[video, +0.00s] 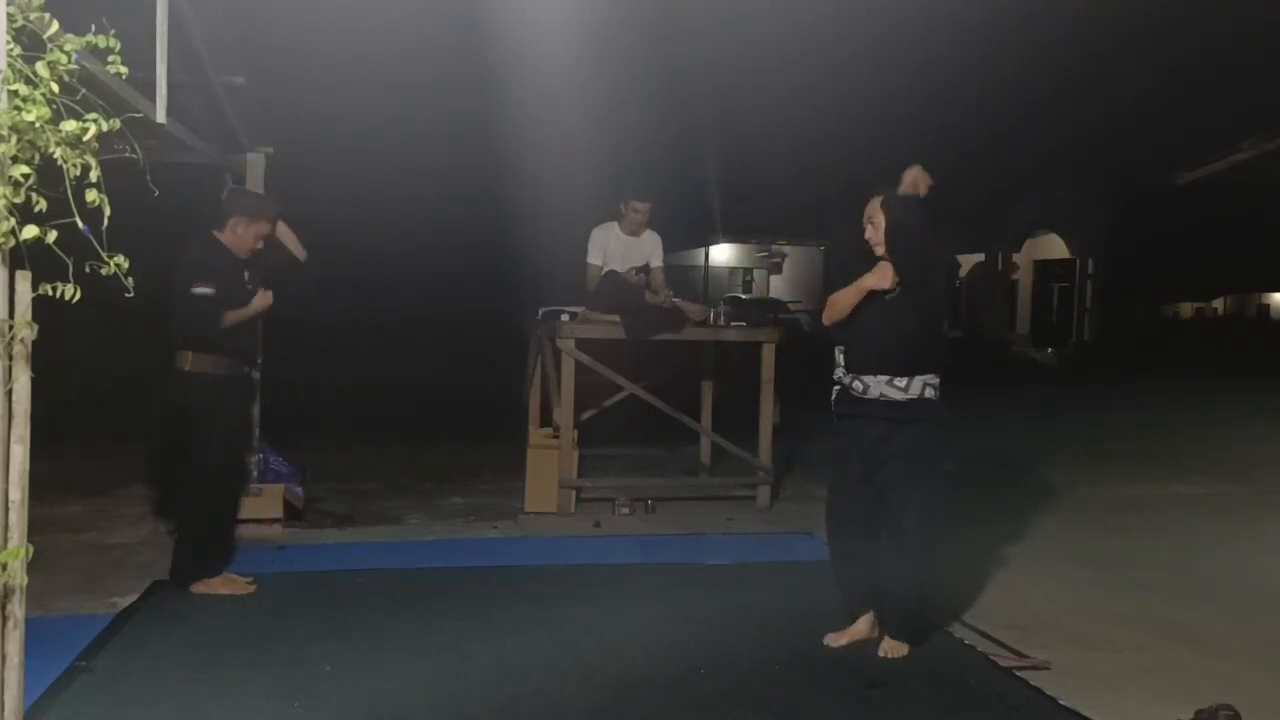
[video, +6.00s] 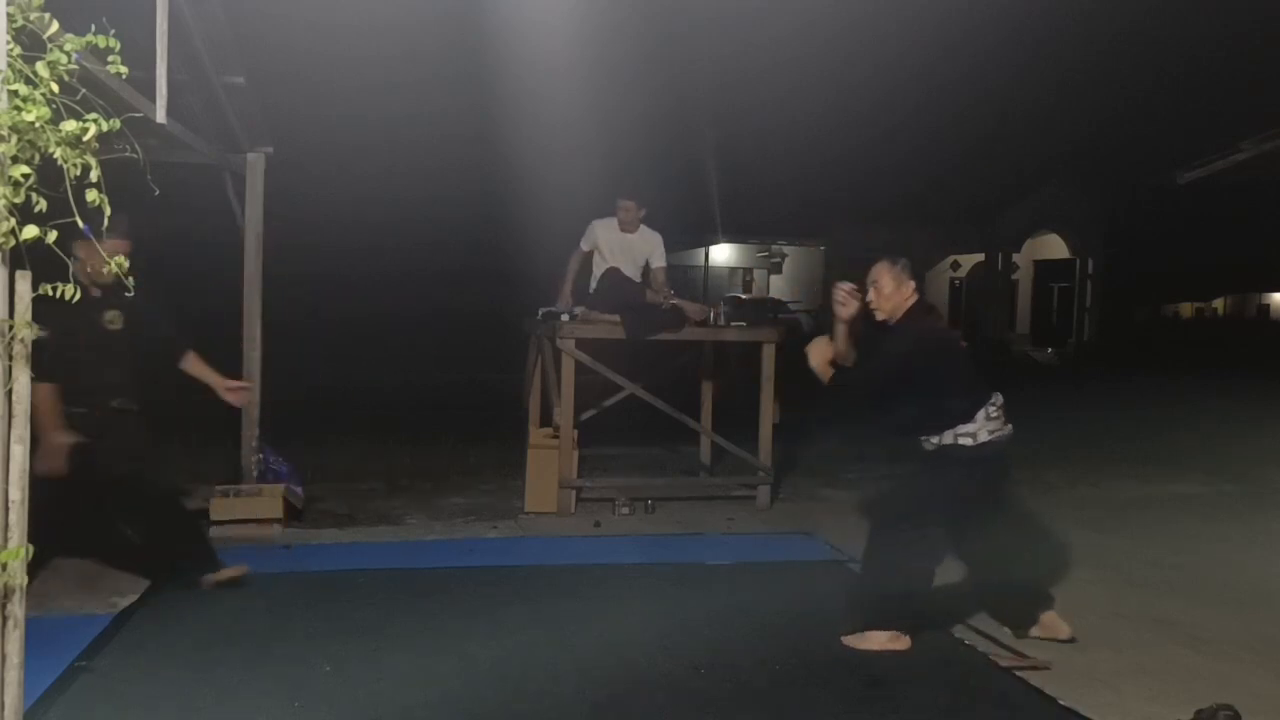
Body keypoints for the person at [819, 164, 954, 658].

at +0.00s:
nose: (869, 234)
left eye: (876, 224)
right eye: (866, 225)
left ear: (903, 226)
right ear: (866, 227)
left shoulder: (930, 275)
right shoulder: (857, 271)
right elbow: (828, 316)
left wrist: (910, 196)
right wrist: (865, 284)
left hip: (911, 415)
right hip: (855, 412)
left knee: (905, 518)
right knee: (849, 513)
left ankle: (900, 622)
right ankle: (863, 613)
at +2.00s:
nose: (862, 271)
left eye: (873, 263)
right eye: (858, 264)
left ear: (902, 269)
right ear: (855, 269)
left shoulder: (922, 318)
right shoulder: (857, 313)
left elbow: (901, 392)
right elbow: (830, 380)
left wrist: (838, 366)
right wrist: (829, 334)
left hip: (916, 446)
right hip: (864, 440)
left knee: (905, 545)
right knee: (844, 539)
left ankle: (899, 631)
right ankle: (853, 627)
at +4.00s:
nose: (827, 274)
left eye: (838, 264)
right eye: (825, 266)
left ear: (859, 272)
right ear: (825, 273)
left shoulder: (876, 314)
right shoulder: (844, 310)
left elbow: (832, 389)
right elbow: (789, 322)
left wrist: (792, 354)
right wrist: (807, 289)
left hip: (922, 445)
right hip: (880, 444)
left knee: (908, 544)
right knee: (842, 524)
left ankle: (964, 642)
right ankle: (866, 613)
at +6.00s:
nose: (869, 296)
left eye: (877, 287)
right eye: (868, 288)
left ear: (908, 289)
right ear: (907, 291)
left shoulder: (912, 335)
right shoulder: (916, 323)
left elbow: (863, 391)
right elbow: (851, 364)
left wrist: (824, 370)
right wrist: (843, 322)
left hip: (959, 454)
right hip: (983, 448)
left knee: (898, 518)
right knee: (980, 533)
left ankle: (886, 624)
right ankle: (1038, 614)